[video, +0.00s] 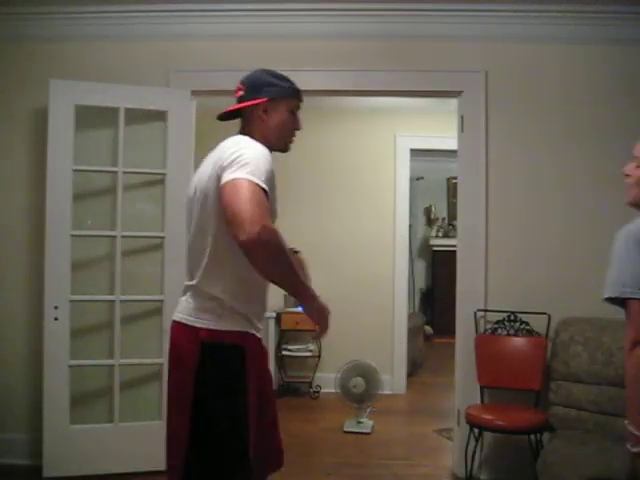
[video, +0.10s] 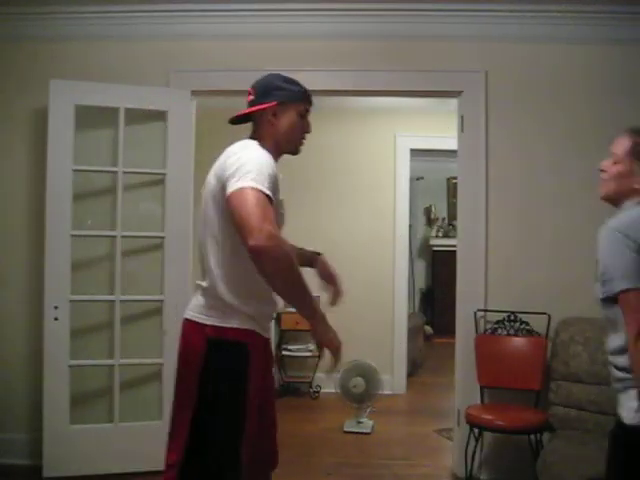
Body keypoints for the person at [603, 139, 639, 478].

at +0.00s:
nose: (627, 169)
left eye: (635, 161)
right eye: (631, 161)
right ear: (630, 172)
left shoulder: (632, 236)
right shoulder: (630, 236)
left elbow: (634, 342)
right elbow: (634, 343)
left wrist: (634, 433)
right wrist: (634, 433)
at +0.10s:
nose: (602, 166)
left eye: (614, 159)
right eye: (607, 157)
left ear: (636, 171)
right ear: (631, 171)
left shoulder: (620, 229)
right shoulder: (623, 228)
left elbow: (633, 326)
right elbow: (631, 323)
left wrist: (632, 406)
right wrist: (630, 403)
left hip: (632, 415)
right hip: (631, 413)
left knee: (618, 472)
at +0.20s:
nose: (579, 162)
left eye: (591, 155)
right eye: (585, 154)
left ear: (618, 172)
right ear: (615, 173)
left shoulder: (610, 222)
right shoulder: (624, 215)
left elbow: (634, 308)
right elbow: (626, 312)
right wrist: (609, 391)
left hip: (624, 404)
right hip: (625, 399)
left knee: (591, 472)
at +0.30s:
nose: (558, 161)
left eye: (570, 154)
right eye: (564, 152)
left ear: (598, 172)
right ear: (592, 173)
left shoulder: (607, 221)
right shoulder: (579, 226)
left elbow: (633, 300)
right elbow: (582, 311)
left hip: (618, 394)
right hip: (597, 390)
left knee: (559, 470)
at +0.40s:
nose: (539, 164)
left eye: (550, 157)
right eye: (544, 156)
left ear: (577, 174)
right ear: (572, 175)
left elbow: (634, 304)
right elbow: (541, 306)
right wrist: (512, 348)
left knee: (558, 471)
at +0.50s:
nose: (520, 165)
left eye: (531, 159)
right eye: (525, 157)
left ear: (557, 175)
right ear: (553, 175)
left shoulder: (572, 227)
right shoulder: (535, 231)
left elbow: (613, 306)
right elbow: (518, 304)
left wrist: (639, 355)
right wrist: (468, 334)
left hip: (573, 395)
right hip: (549, 393)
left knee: (542, 474)